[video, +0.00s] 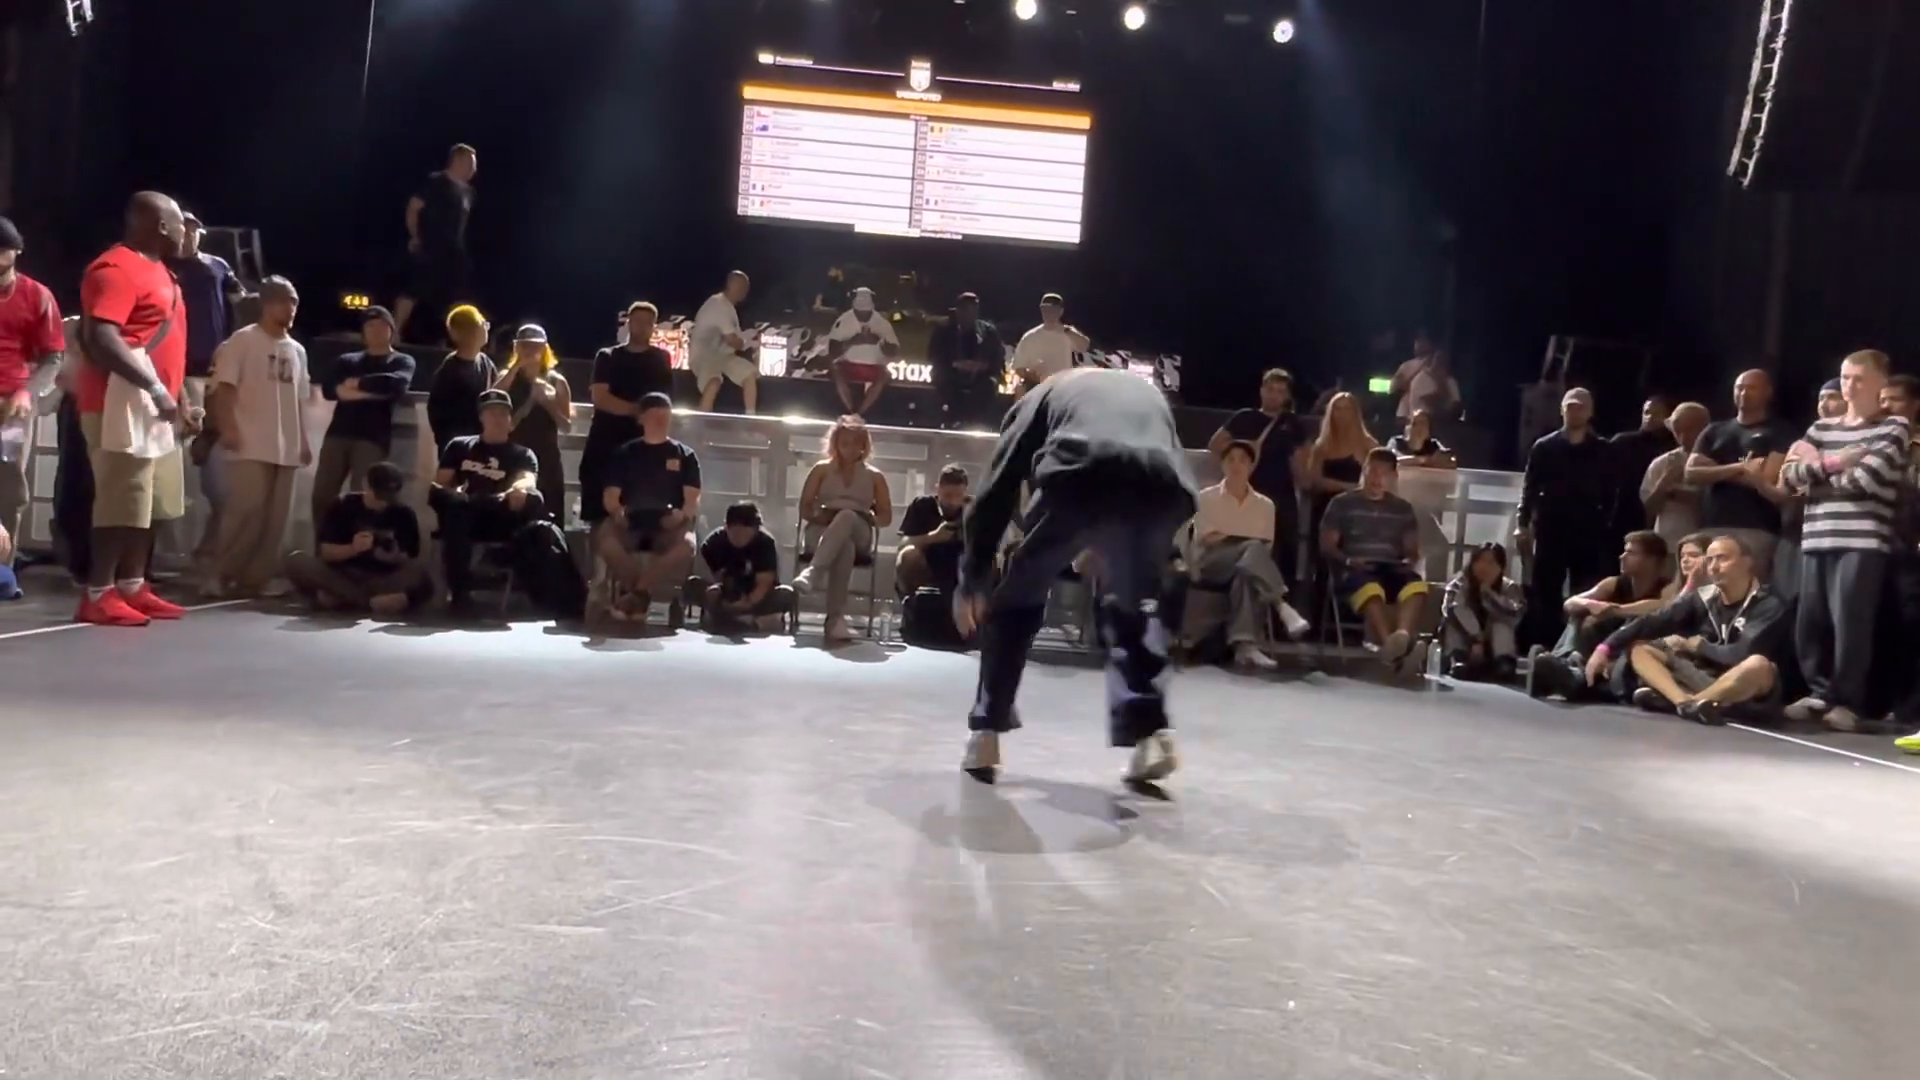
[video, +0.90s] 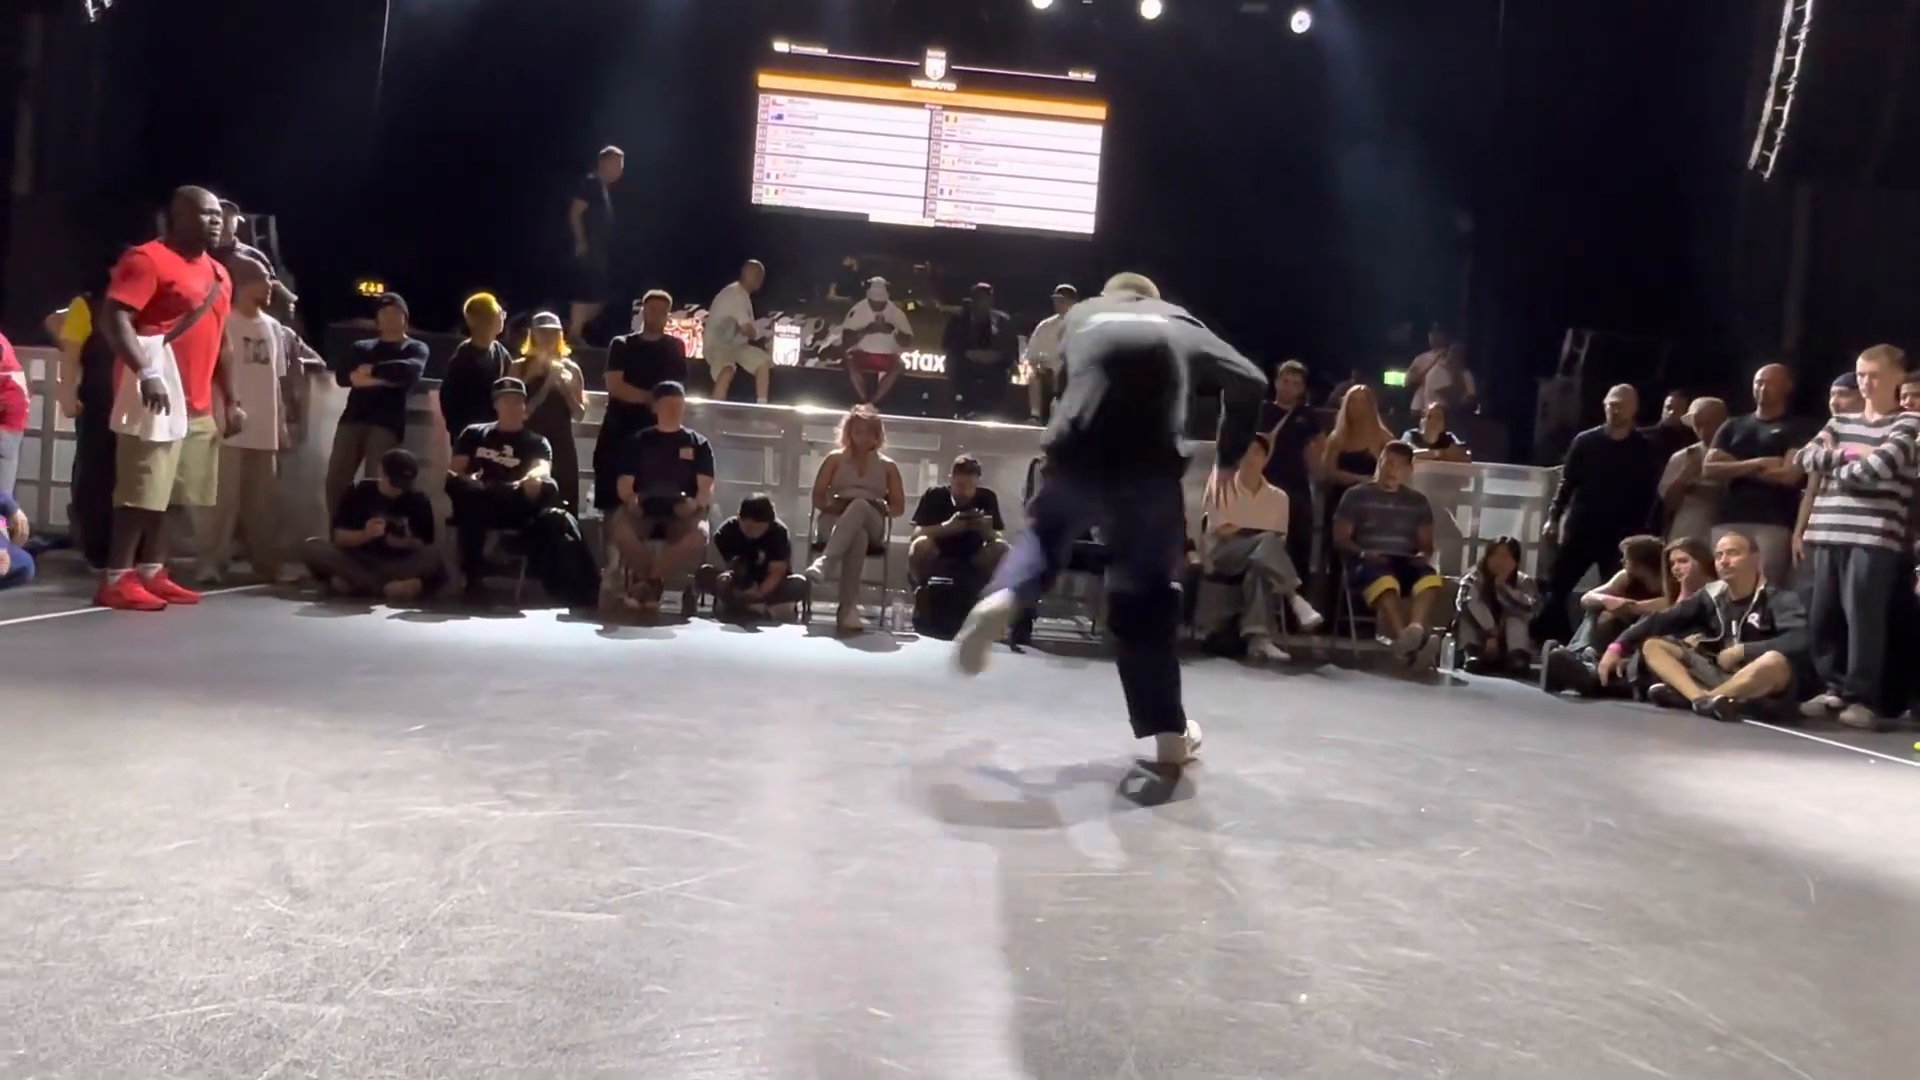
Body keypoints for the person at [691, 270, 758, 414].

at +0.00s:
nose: (744, 292)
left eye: (746, 288)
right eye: (742, 287)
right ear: (732, 286)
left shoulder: (728, 307)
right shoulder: (718, 304)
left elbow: (736, 334)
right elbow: (731, 339)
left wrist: (750, 337)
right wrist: (743, 343)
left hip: (723, 354)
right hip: (703, 354)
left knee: (749, 375)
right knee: (714, 381)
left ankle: (750, 418)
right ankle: (701, 421)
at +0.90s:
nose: (760, 281)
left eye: (761, 277)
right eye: (758, 276)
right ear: (747, 275)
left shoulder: (744, 295)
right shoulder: (734, 293)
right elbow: (747, 329)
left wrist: (762, 327)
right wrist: (757, 331)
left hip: (737, 344)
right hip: (717, 344)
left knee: (762, 363)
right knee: (727, 369)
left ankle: (762, 406)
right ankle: (715, 410)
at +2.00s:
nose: (769, 271)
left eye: (771, 267)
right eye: (767, 266)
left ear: (771, 268)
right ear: (758, 264)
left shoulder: (755, 284)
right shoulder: (747, 283)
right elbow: (759, 319)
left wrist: (757, 318)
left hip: (748, 333)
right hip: (729, 332)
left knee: (774, 353)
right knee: (739, 359)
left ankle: (772, 396)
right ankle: (725, 397)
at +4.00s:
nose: (772, 270)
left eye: (773, 267)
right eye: (771, 266)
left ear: (756, 264)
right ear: (762, 265)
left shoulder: (753, 282)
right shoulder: (749, 283)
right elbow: (759, 318)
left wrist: (764, 319)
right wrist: (767, 323)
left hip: (750, 334)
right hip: (730, 333)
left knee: (774, 353)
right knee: (738, 360)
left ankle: (773, 397)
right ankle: (726, 399)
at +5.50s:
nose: (758, 280)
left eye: (758, 276)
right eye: (756, 275)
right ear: (746, 275)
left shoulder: (743, 297)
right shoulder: (730, 292)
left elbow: (747, 325)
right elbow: (740, 327)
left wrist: (764, 322)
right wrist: (756, 332)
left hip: (738, 345)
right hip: (717, 345)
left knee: (763, 364)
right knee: (725, 370)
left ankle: (762, 407)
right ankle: (715, 410)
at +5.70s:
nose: (753, 280)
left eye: (753, 276)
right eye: (750, 276)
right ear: (738, 276)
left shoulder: (739, 299)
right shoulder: (719, 292)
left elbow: (744, 326)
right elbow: (727, 325)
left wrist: (760, 323)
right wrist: (749, 333)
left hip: (732, 346)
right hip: (711, 346)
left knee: (758, 364)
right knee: (720, 372)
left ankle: (757, 409)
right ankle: (710, 412)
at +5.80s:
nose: (739, 281)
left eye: (742, 278)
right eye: (736, 276)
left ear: (745, 281)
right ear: (728, 275)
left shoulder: (737, 303)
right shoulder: (710, 293)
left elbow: (744, 334)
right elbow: (700, 322)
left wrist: (729, 328)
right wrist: (723, 326)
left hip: (729, 347)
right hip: (706, 345)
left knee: (755, 366)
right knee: (716, 372)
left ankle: (754, 410)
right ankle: (706, 412)